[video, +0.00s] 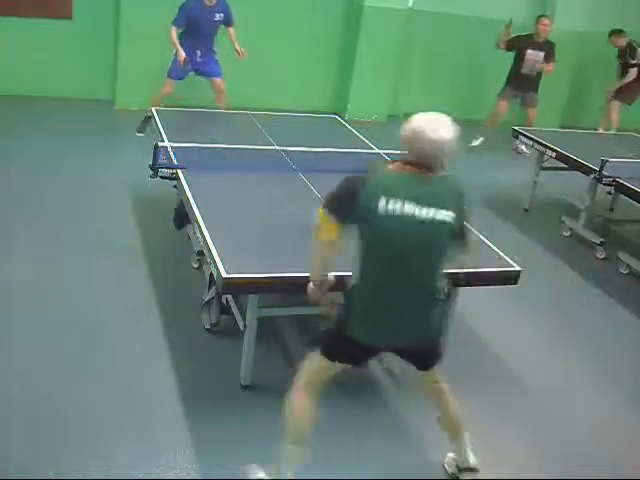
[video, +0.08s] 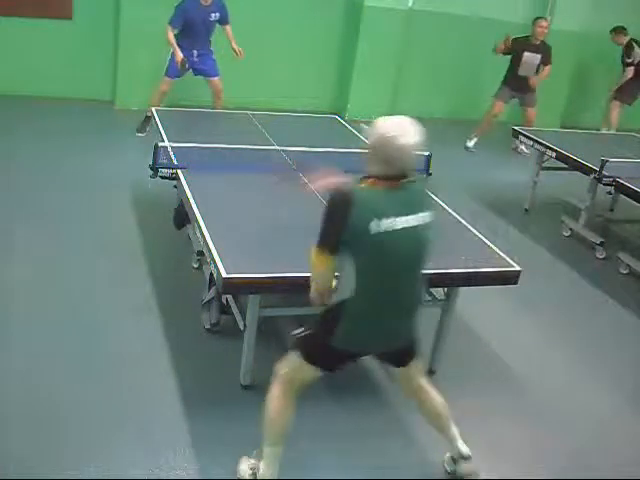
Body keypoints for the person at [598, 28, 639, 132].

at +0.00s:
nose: (613, 44)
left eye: (613, 41)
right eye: (612, 42)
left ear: (618, 37)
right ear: (617, 38)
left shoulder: (632, 49)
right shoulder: (622, 49)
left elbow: (632, 74)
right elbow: (621, 72)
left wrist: (615, 87)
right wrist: (615, 88)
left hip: (634, 81)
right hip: (626, 79)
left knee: (615, 103)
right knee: (609, 102)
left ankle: (614, 131)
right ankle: (602, 128)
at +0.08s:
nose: (613, 40)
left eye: (614, 37)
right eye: (612, 37)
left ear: (620, 35)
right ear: (622, 35)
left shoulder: (630, 48)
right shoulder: (629, 45)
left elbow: (629, 72)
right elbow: (627, 72)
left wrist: (616, 88)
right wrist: (617, 87)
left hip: (636, 78)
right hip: (634, 77)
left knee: (615, 102)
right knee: (614, 101)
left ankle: (612, 131)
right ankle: (606, 129)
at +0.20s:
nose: (624, 34)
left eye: (625, 31)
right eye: (624, 31)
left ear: (629, 30)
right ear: (633, 29)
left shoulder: (634, 42)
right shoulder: (634, 41)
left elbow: (628, 63)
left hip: (634, 78)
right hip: (635, 77)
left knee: (615, 102)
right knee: (622, 103)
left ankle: (613, 130)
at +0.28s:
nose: (631, 32)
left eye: (632, 30)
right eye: (632, 30)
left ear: (634, 29)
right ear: (638, 30)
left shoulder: (633, 43)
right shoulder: (633, 43)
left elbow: (628, 61)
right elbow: (628, 62)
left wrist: (625, 76)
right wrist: (626, 76)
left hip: (634, 77)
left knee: (616, 101)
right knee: (630, 105)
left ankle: (613, 129)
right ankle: (632, 131)